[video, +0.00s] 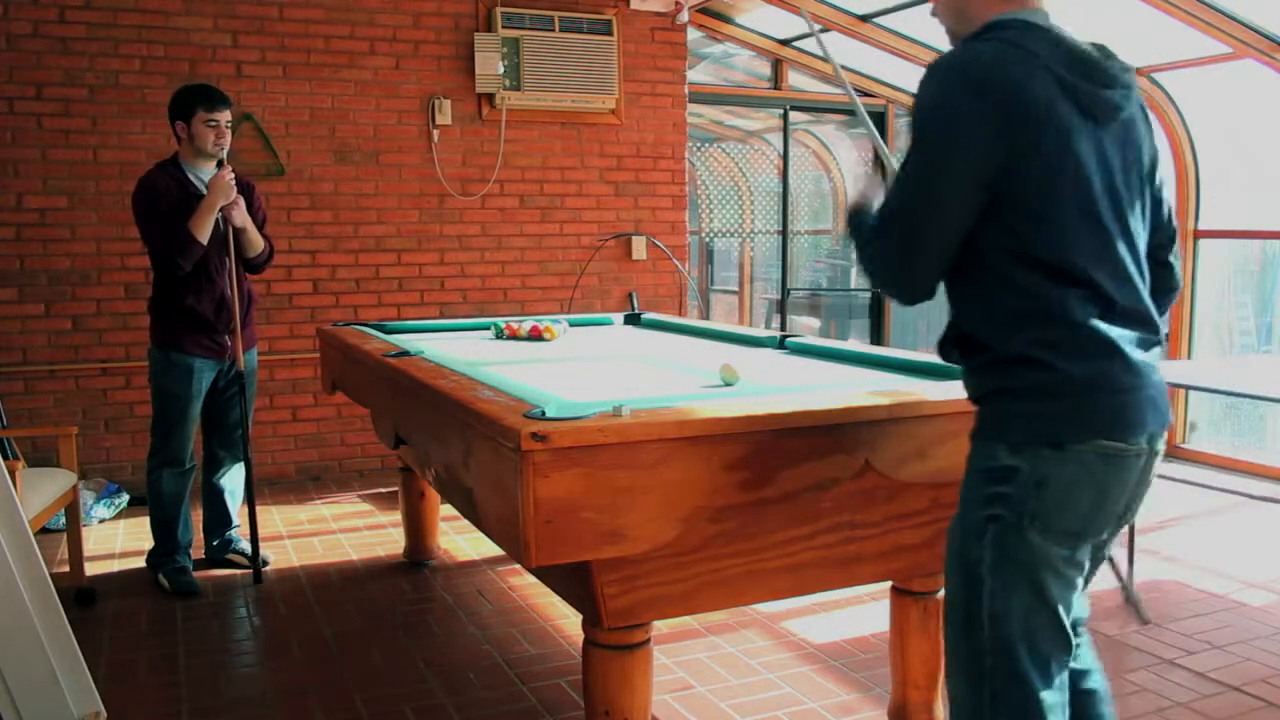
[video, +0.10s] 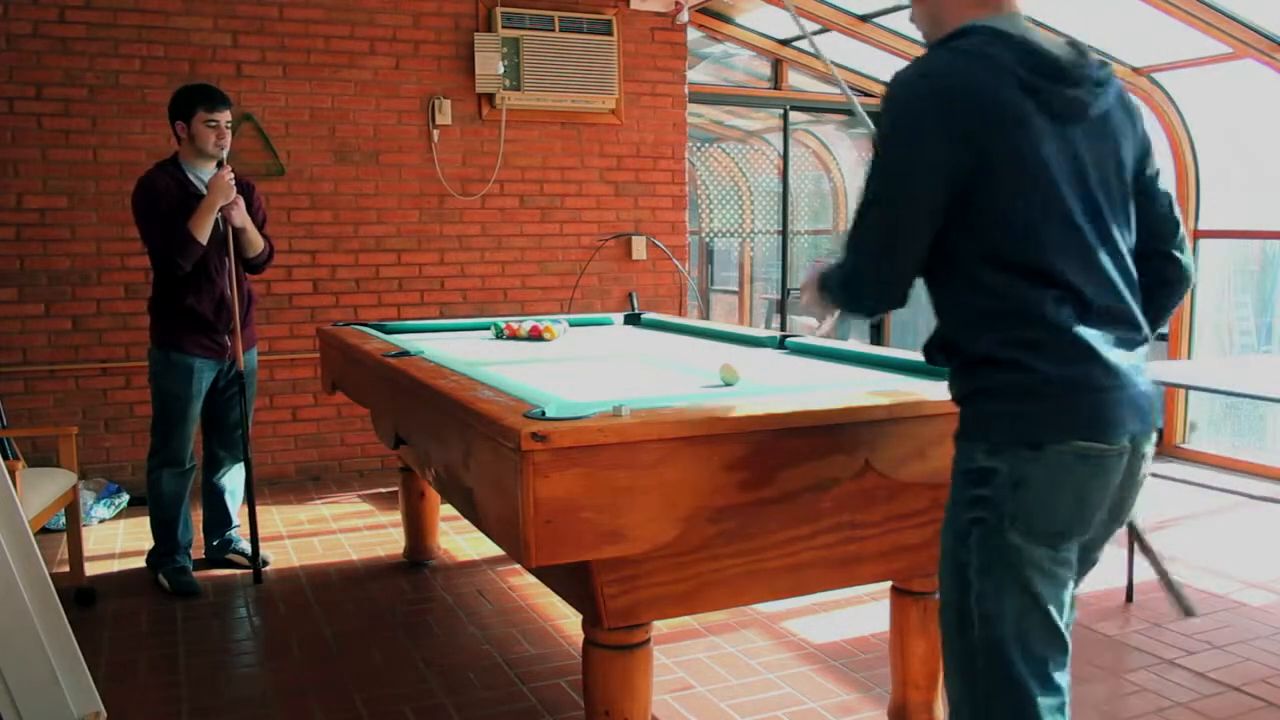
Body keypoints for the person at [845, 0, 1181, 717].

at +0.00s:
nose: (934, 9)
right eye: (933, 0)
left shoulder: (974, 73)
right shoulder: (1116, 85)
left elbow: (904, 270)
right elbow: (1160, 271)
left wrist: (866, 200)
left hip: (1043, 419)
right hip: (1134, 410)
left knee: (1002, 682)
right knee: (1056, 638)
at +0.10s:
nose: (913, 15)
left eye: (913, 5)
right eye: (912, 7)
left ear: (933, 1)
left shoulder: (937, 82)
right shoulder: (1108, 90)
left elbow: (877, 278)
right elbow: (1167, 266)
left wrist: (826, 284)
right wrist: (1093, 338)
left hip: (1028, 423)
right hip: (1126, 420)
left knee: (1009, 691)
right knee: (1016, 673)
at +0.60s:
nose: (840, 45)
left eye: (840, 31)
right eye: (844, 31)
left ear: (855, 32)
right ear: (930, 34)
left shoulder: (831, 136)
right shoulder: (1022, 118)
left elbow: (764, 264)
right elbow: (1113, 241)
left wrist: (737, 353)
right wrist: (1068, 379)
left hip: (910, 415)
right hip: (1018, 415)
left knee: (898, 644)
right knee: (964, 638)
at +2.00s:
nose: (920, 41)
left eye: (919, 24)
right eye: (919, 26)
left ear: (936, 19)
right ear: (1013, 25)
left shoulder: (898, 127)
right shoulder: (1110, 120)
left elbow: (849, 288)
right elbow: (1217, 254)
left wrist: (826, 348)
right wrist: (1115, 354)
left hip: (962, 439)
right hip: (1076, 441)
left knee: (974, 686)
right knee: (981, 673)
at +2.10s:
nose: (940, 35)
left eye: (940, 20)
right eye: (939, 21)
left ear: (957, 16)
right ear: (1038, 25)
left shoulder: (922, 130)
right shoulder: (1144, 117)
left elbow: (862, 316)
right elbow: (1250, 258)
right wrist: (1147, 354)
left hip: (998, 453)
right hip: (1115, 459)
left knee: (999, 698)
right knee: (1009, 689)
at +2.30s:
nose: (988, 26)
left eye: (987, 14)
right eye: (988, 16)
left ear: (1009, 6)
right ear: (1087, 7)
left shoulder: (971, 116)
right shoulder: (1210, 95)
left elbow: (902, 305)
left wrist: (900, 281)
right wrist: (1215, 335)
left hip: (1053, 450)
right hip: (1184, 450)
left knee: (1035, 696)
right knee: (1116, 664)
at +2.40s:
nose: (1012, 16)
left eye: (1013, 5)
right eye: (1011, 7)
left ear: (1039, 3)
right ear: (1113, 4)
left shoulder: (994, 111)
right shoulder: (1243, 87)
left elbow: (914, 305)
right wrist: (1253, 329)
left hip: (1065, 444)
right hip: (1208, 449)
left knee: (1046, 699)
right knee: (1177, 680)